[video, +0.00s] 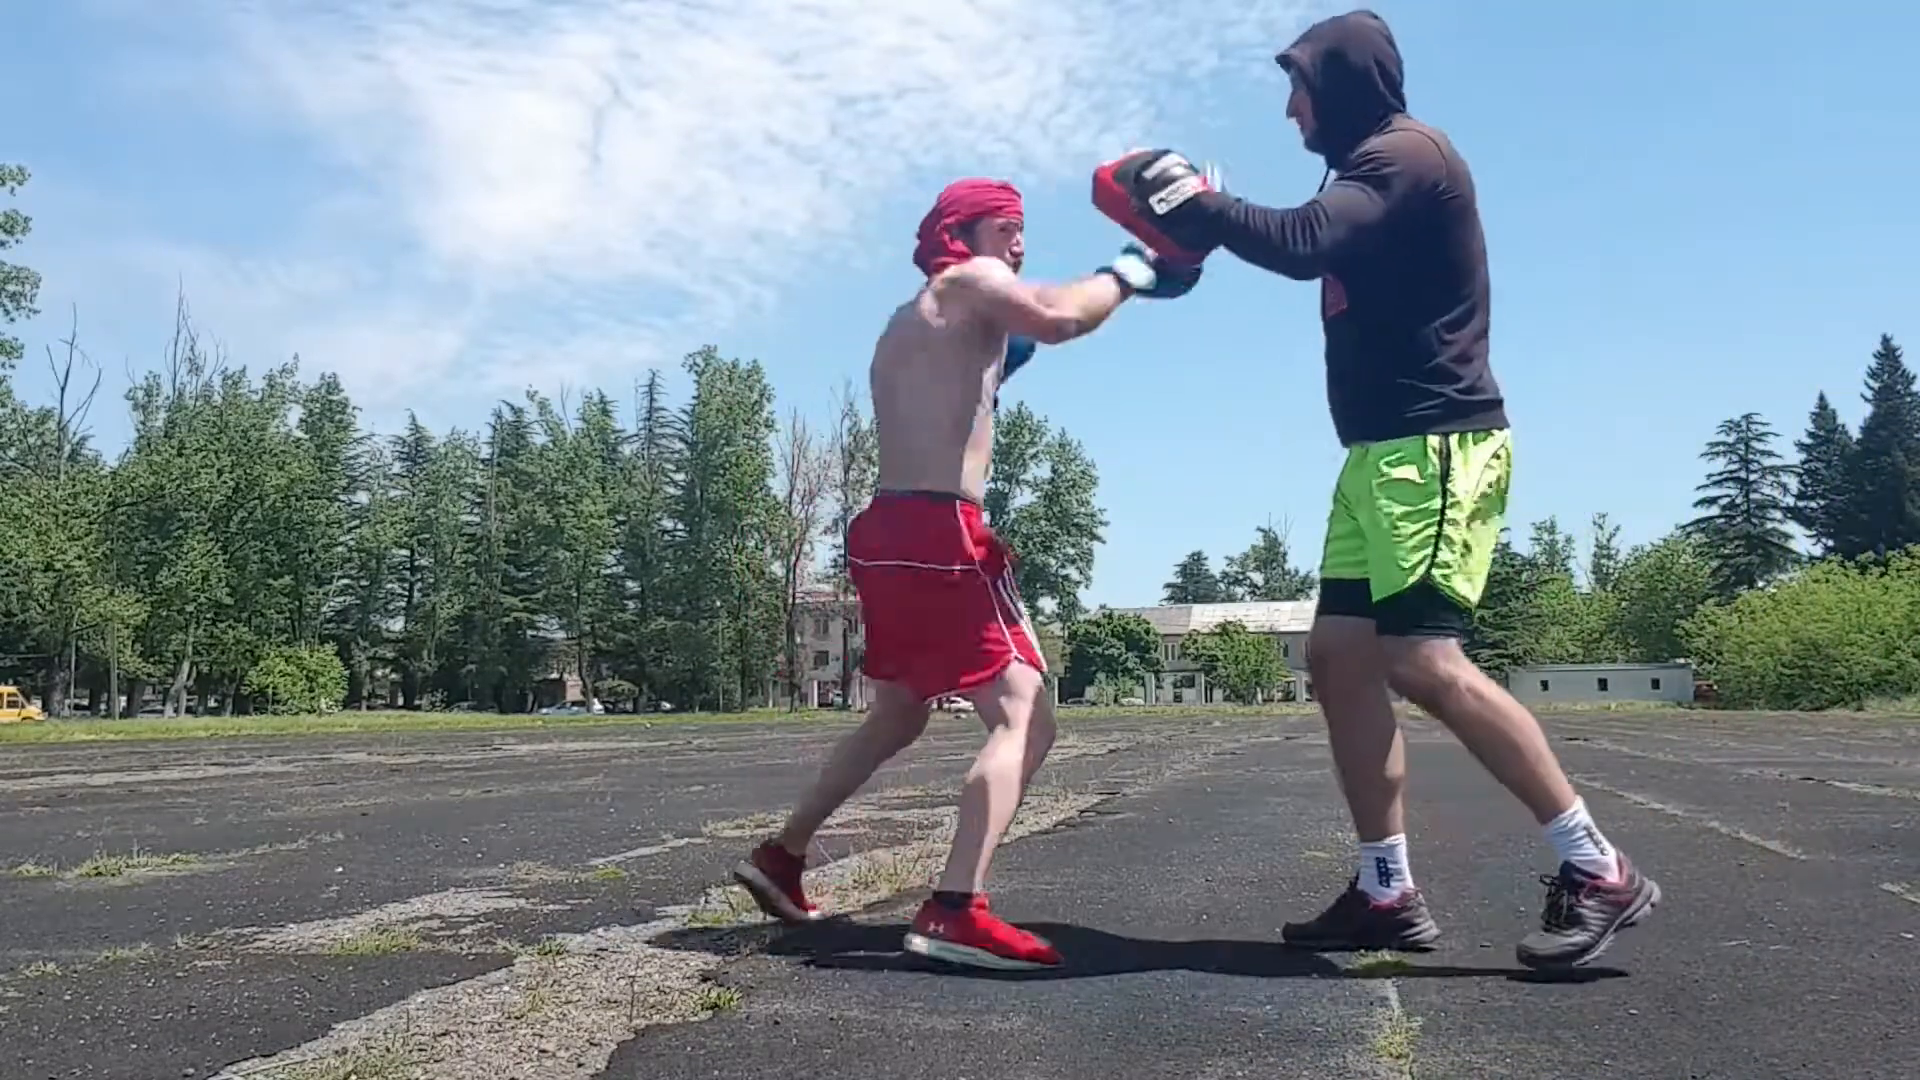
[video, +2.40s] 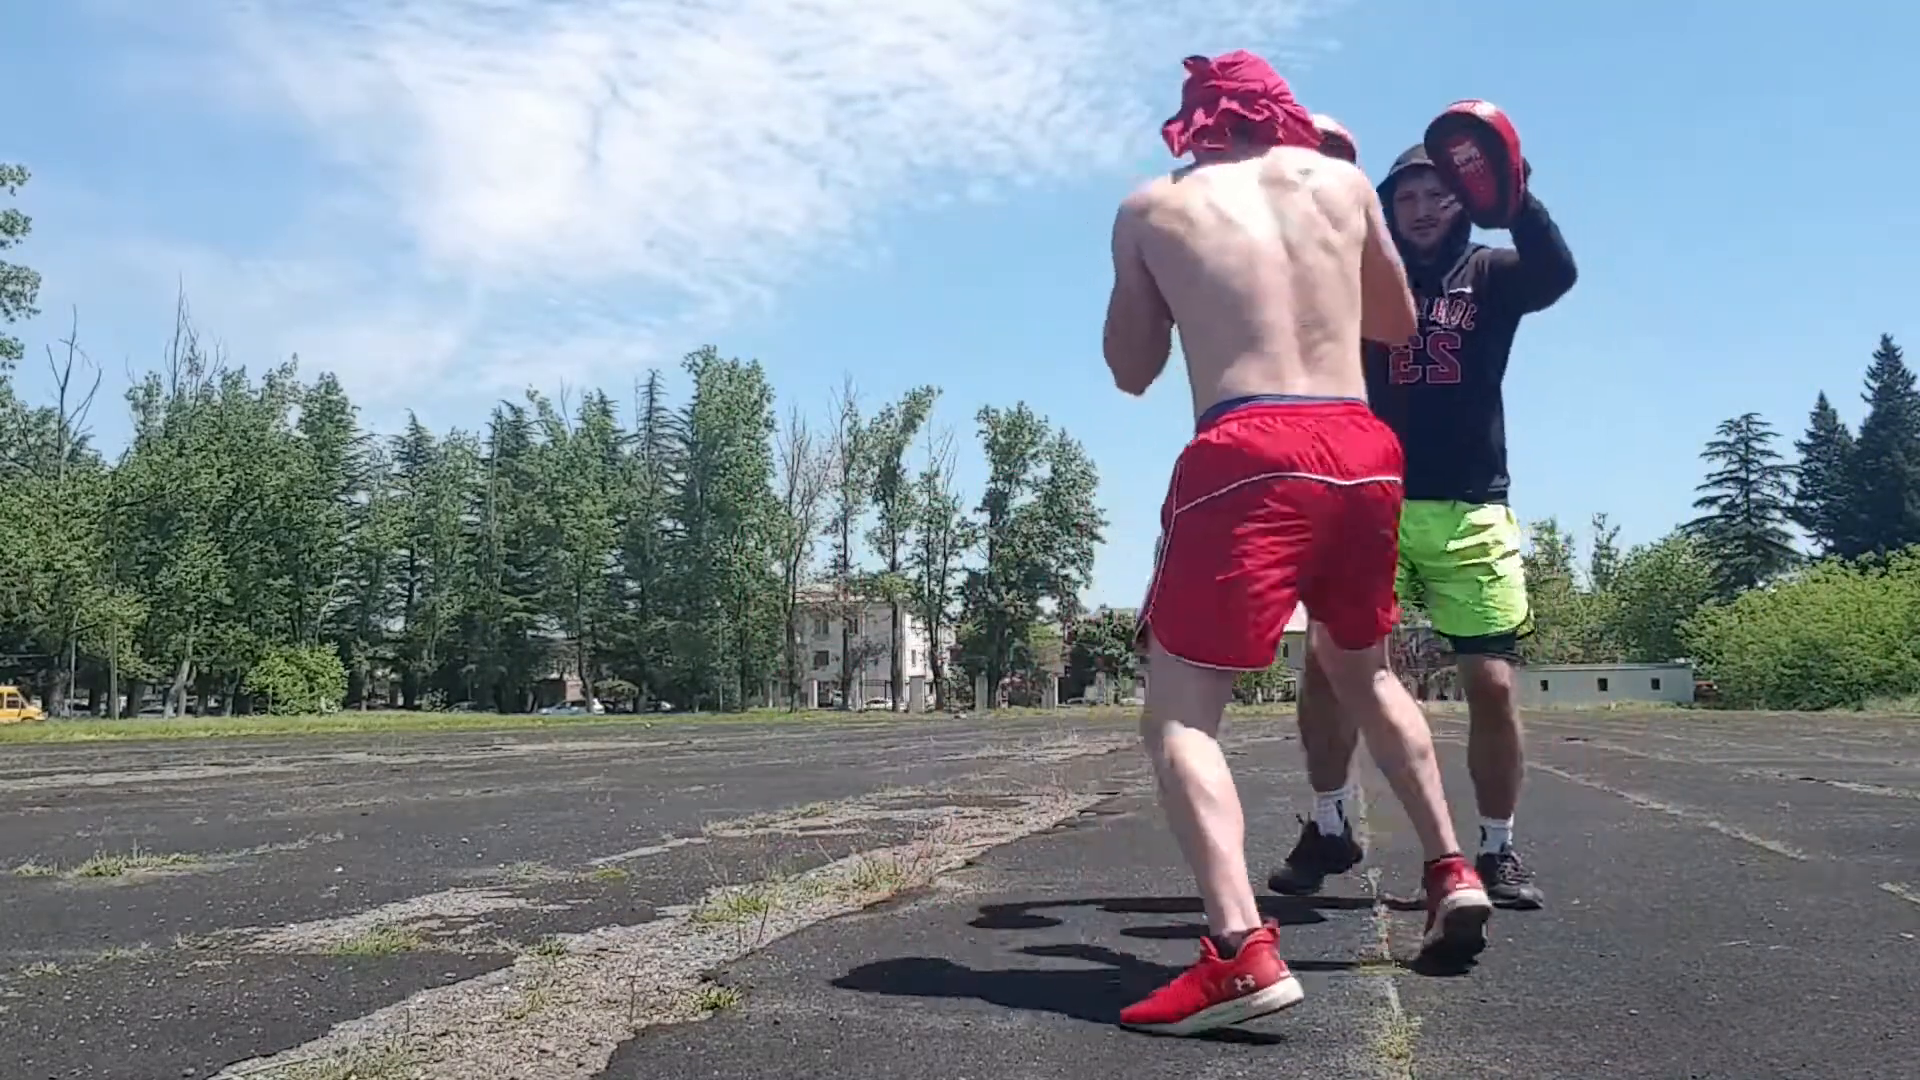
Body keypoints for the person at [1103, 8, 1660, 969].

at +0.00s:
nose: (1290, 110)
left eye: (1298, 90)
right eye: (1291, 91)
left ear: (1343, 86)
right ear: (1356, 82)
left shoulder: (1405, 155)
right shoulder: (1367, 165)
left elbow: (1303, 241)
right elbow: (1300, 245)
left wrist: (1192, 197)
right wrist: (1202, 203)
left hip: (1438, 444)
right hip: (1379, 449)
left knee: (1421, 658)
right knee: (1341, 658)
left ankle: (1598, 869)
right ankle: (1385, 894)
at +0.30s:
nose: (1405, 82)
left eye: (1422, 64)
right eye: (1404, 66)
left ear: (1477, 69)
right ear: (1429, 77)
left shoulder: (1530, 156)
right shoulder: (1429, 179)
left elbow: (1425, 201)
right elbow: (1373, 266)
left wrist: (1325, 149)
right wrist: (1297, 219)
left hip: (1495, 464)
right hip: (1400, 464)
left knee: (1567, 679)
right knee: (1341, 656)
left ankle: (1665, 905)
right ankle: (1384, 891)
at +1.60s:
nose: (1454, 162)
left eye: (1474, 147)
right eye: (1448, 152)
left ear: (1518, 157)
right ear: (1445, 165)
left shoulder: (1558, 224)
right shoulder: (1448, 248)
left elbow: (1531, 254)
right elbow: (1383, 304)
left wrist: (1441, 192)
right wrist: (1320, 286)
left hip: (1545, 492)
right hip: (1452, 489)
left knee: (1593, 677)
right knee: (1386, 640)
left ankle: (1632, 860)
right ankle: (1443, 826)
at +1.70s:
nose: (1461, 154)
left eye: (1479, 142)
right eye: (1452, 145)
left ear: (1516, 159)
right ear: (1439, 166)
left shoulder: (1563, 235)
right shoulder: (1441, 257)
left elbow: (1636, 271)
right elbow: (1374, 345)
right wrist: (1323, 330)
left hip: (1544, 487)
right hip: (1451, 486)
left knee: (1589, 673)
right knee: (1389, 646)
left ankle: (1629, 856)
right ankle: (1442, 804)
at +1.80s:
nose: (1457, 167)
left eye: (1473, 152)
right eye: (1444, 158)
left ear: (1510, 163)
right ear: (1435, 179)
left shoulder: (1565, 243)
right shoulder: (1432, 267)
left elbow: (1675, 328)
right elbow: (1394, 362)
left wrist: (1632, 275)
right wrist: (1335, 369)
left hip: (1543, 490)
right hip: (1445, 490)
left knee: (1590, 674)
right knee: (1409, 660)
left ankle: (1632, 860)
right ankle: (1437, 809)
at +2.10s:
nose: (1435, 201)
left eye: (1450, 188)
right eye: (1421, 190)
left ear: (1478, 199)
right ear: (1405, 203)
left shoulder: (1518, 268)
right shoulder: (1377, 275)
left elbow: (1613, 342)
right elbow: (1315, 311)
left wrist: (1585, 267)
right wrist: (1312, 229)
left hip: (1506, 501)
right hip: (1410, 506)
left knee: (1529, 664)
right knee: (1427, 689)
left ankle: (1545, 838)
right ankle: (1451, 846)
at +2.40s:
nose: (1424, 203)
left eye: (1440, 192)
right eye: (1408, 192)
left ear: (1465, 206)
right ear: (1388, 207)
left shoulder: (1491, 273)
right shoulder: (1364, 267)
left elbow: (1555, 275)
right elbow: (1313, 270)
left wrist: (1516, 194)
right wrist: (1327, 185)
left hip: (1469, 504)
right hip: (1371, 499)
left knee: (1493, 683)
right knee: (1326, 664)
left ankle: (1498, 851)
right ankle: (1330, 831)